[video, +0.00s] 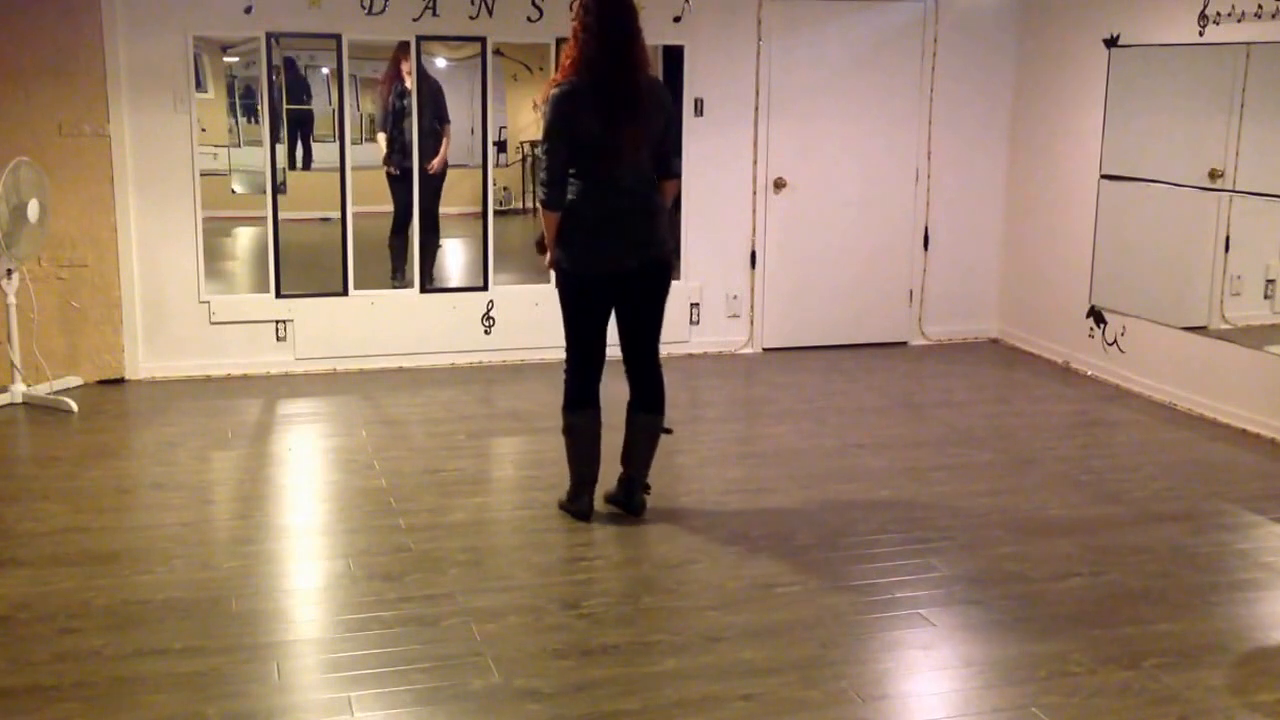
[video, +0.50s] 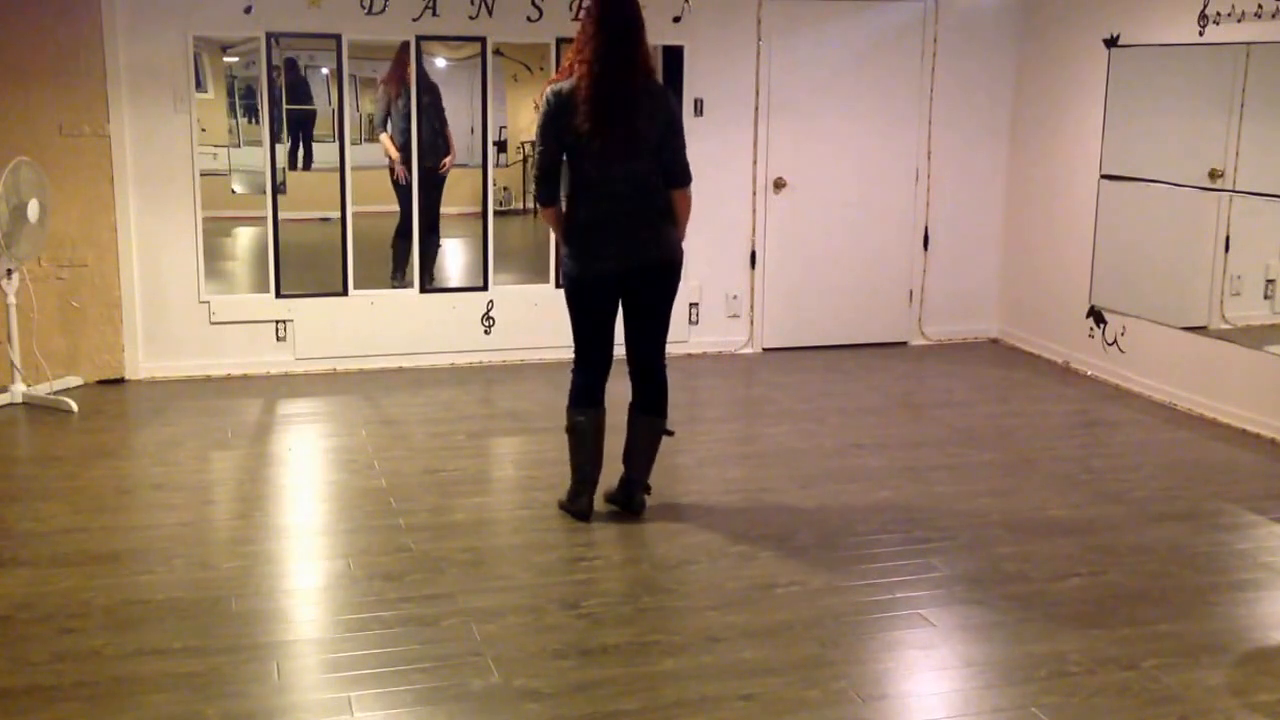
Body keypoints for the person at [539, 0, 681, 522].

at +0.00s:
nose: (570, 33)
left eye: (575, 25)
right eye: (576, 23)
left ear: (581, 34)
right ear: (633, 34)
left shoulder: (568, 95)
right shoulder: (658, 94)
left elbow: (554, 185)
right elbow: (669, 179)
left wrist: (551, 245)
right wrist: (649, 226)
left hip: (585, 251)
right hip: (647, 252)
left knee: (582, 367)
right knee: (644, 362)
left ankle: (581, 491)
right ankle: (634, 485)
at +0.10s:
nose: (572, 33)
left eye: (576, 25)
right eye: (577, 23)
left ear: (584, 35)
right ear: (635, 34)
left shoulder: (568, 97)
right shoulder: (658, 95)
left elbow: (552, 187)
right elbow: (671, 176)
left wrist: (554, 247)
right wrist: (664, 238)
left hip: (586, 252)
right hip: (649, 253)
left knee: (583, 367)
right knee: (647, 363)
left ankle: (581, 490)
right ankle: (634, 485)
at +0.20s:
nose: (575, 32)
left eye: (579, 23)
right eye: (580, 21)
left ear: (586, 37)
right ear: (636, 35)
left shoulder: (565, 99)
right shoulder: (659, 96)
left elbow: (549, 190)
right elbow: (677, 180)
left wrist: (557, 248)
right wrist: (667, 236)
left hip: (587, 253)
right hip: (652, 252)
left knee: (586, 365)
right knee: (648, 363)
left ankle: (582, 490)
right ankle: (634, 486)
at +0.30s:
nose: (576, 34)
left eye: (580, 26)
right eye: (581, 24)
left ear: (586, 38)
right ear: (637, 38)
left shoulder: (564, 100)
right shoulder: (659, 97)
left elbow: (547, 193)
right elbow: (679, 185)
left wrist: (563, 245)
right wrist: (668, 236)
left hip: (588, 256)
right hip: (653, 255)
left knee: (588, 364)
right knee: (648, 364)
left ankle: (581, 490)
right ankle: (634, 486)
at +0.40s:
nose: (577, 33)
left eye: (581, 25)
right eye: (582, 23)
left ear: (586, 37)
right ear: (638, 37)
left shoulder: (564, 99)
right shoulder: (659, 97)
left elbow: (545, 194)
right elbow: (680, 184)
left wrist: (567, 240)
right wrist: (672, 236)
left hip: (589, 255)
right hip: (654, 254)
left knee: (589, 363)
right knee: (648, 364)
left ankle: (582, 489)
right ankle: (634, 486)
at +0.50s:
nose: (578, 32)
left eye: (582, 24)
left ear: (585, 36)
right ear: (638, 37)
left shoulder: (562, 98)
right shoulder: (658, 96)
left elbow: (545, 193)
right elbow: (678, 181)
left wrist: (570, 236)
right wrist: (676, 236)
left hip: (589, 255)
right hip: (654, 253)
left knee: (589, 362)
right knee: (648, 364)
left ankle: (582, 489)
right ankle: (634, 486)